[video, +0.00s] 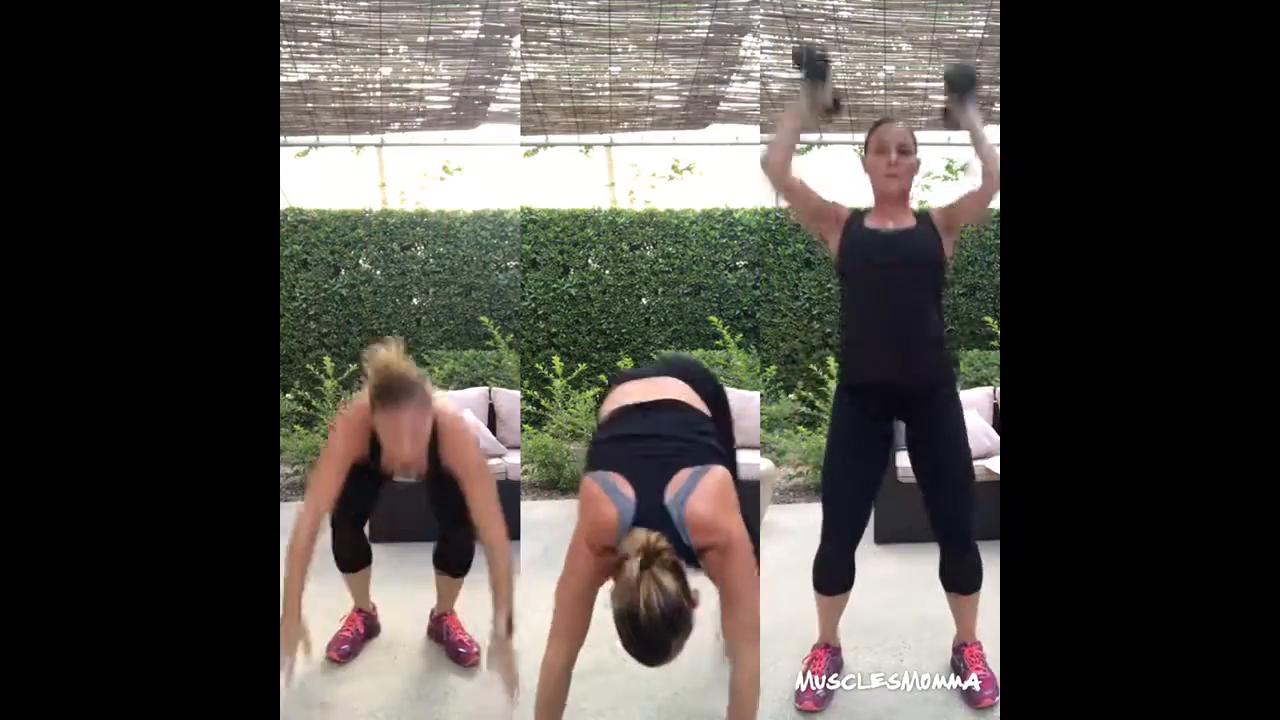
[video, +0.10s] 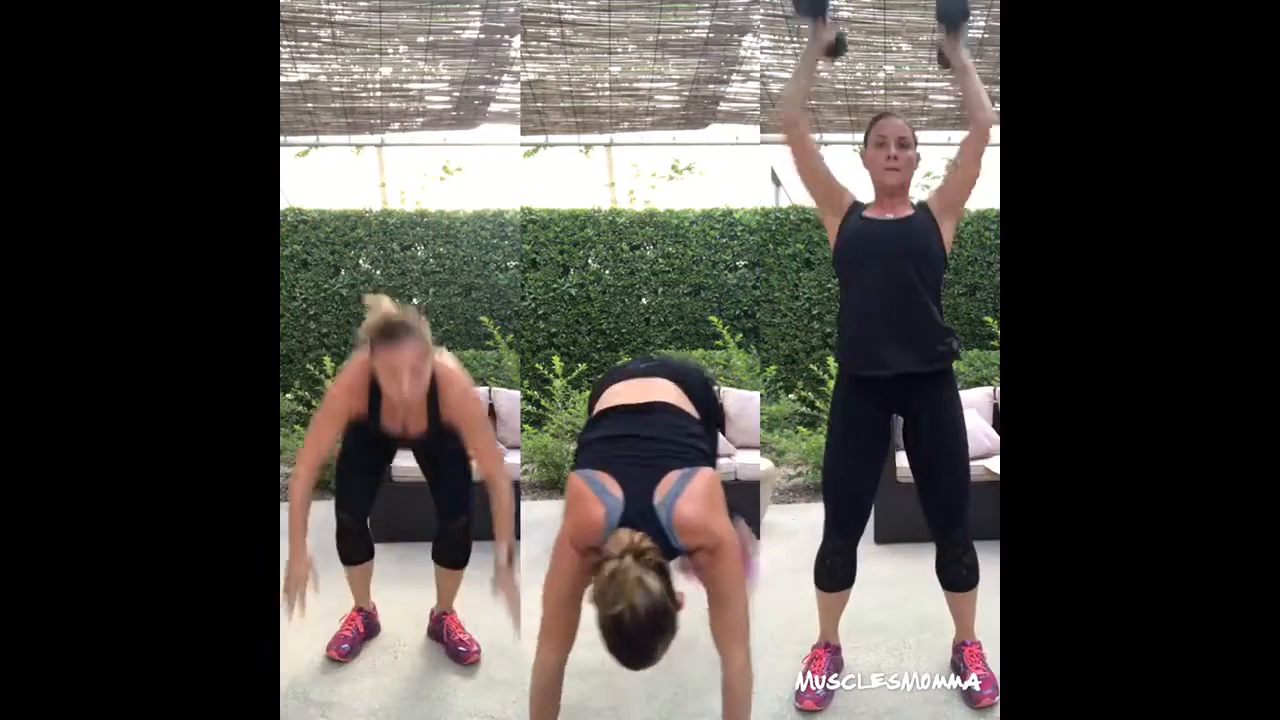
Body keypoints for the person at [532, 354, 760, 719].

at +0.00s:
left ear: (692, 600)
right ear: (614, 586)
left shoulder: (720, 529)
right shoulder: (595, 532)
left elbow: (745, 659)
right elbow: (560, 653)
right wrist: (544, 715)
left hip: (694, 384)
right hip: (617, 394)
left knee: (735, 547)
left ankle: (734, 631)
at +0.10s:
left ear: (678, 598)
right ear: (596, 594)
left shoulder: (705, 526)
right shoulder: (582, 525)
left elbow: (735, 655)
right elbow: (551, 650)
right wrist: (541, 714)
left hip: (689, 386)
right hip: (610, 387)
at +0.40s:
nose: (627, 630)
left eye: (641, 616)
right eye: (614, 622)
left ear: (663, 560)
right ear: (581, 558)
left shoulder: (695, 526)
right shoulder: (561, 525)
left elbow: (723, 648)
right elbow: (541, 651)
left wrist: (732, 715)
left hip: (668, 481)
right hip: (592, 477)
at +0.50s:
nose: (628, 630)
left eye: (644, 615)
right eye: (613, 620)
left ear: (666, 559)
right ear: (582, 558)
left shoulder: (696, 529)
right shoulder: (558, 529)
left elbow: (724, 647)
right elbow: (539, 652)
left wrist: (733, 715)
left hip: (665, 484)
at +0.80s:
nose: (637, 638)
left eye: (650, 628)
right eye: (624, 633)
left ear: (670, 566)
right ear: (587, 569)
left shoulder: (696, 529)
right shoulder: (557, 532)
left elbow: (724, 650)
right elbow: (539, 655)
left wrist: (732, 716)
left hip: (664, 479)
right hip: (587, 480)